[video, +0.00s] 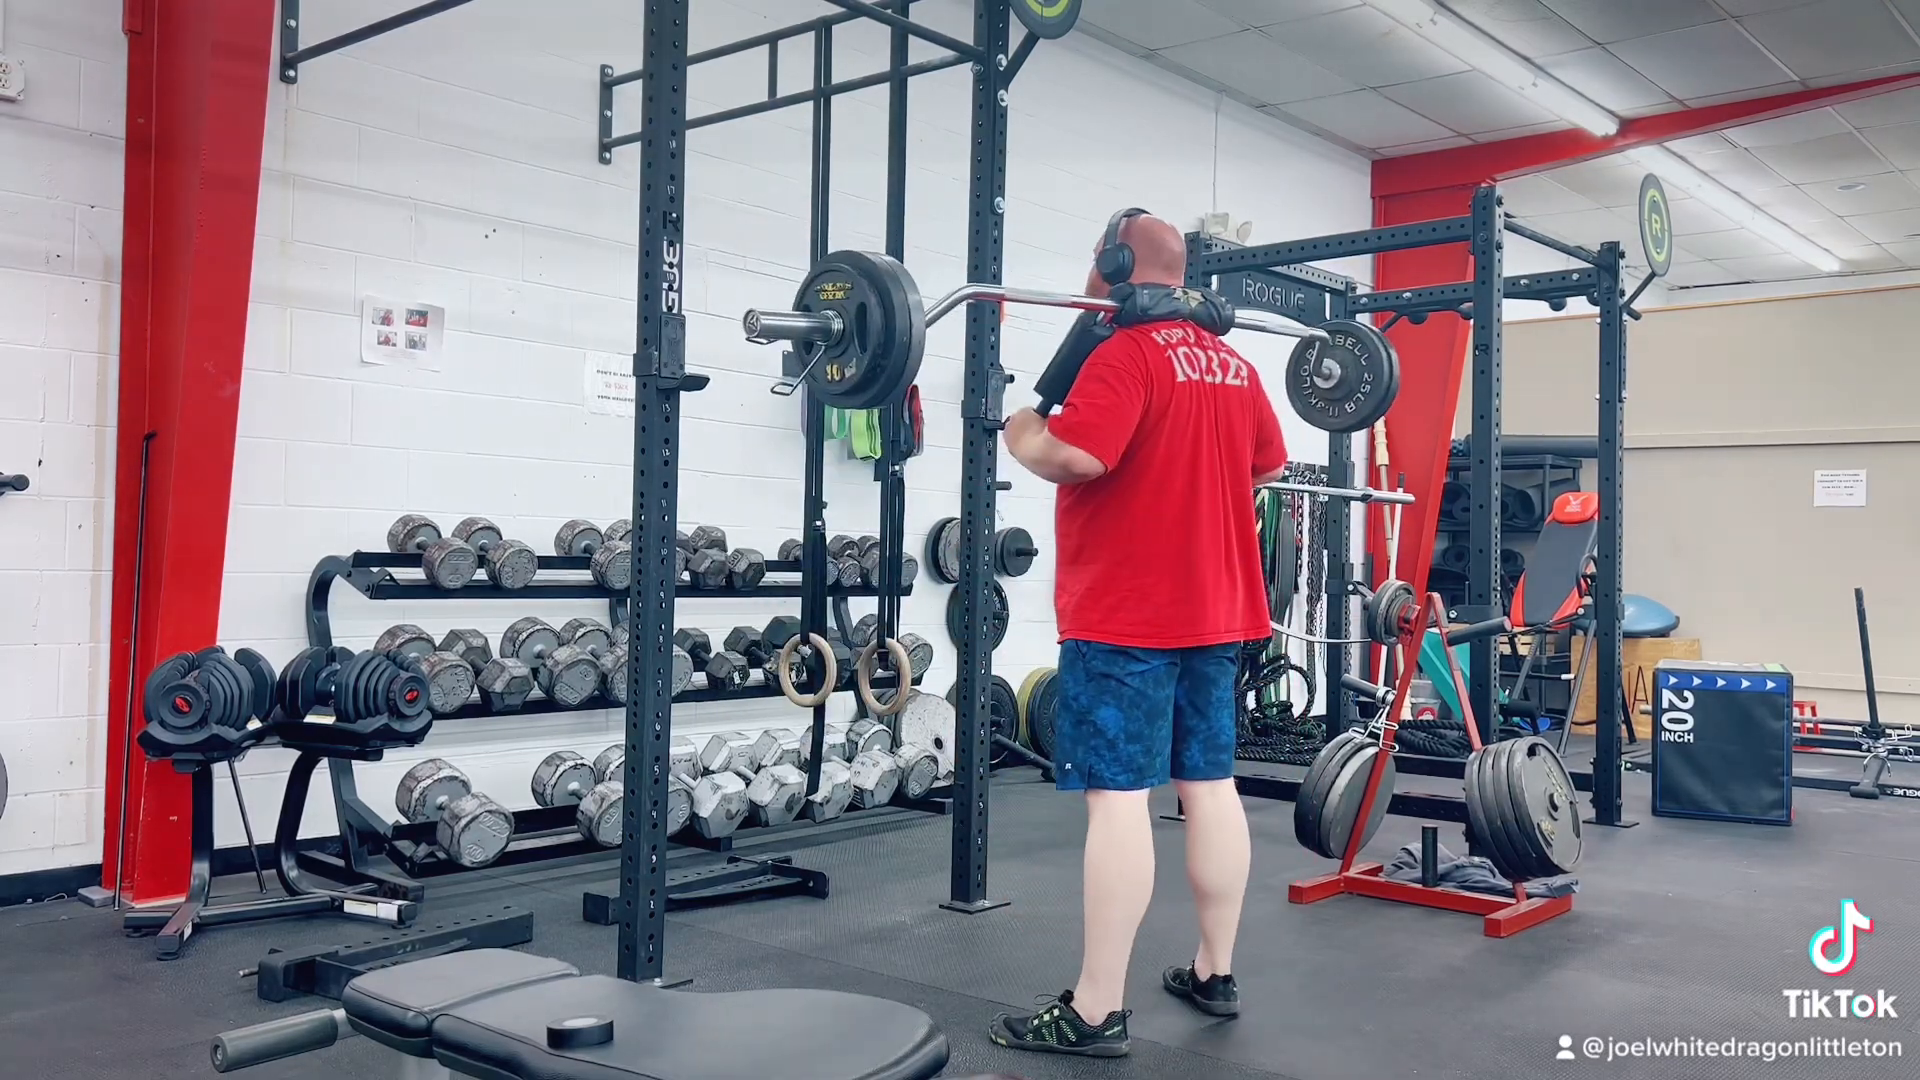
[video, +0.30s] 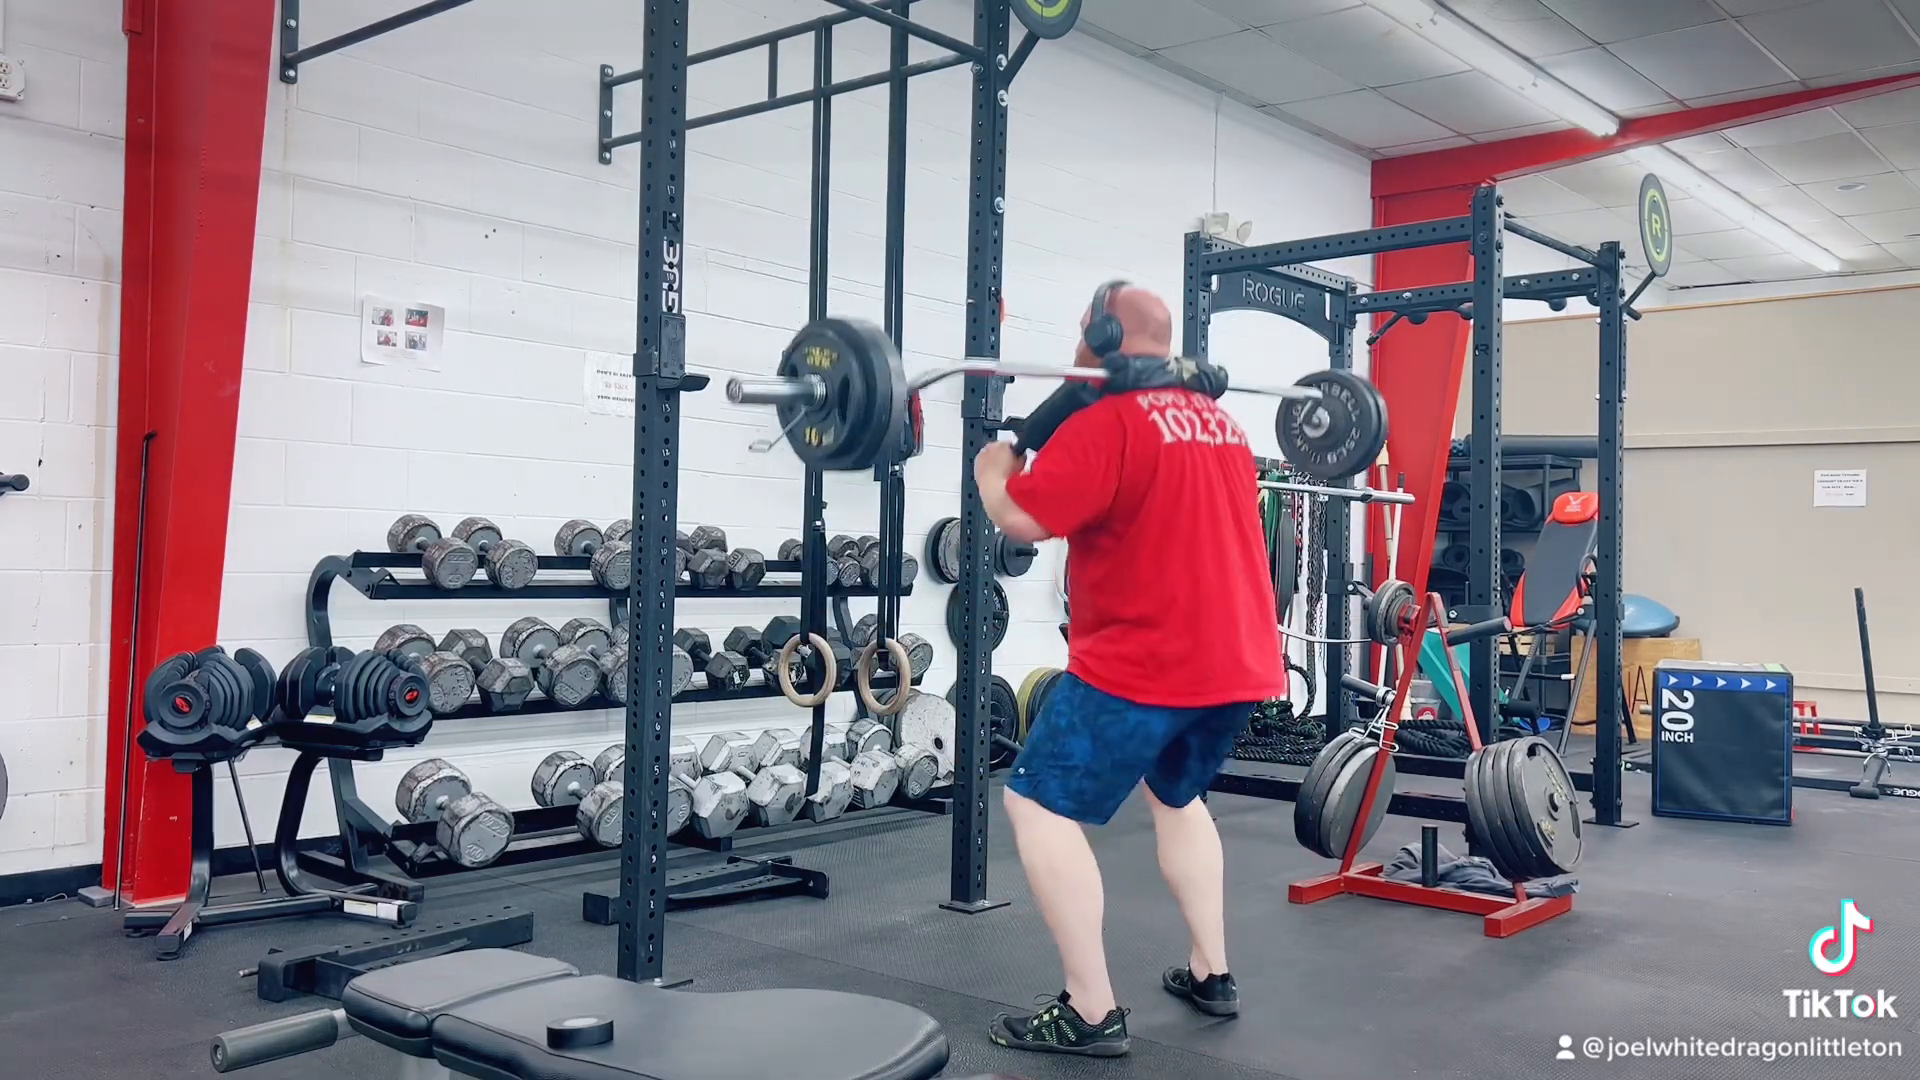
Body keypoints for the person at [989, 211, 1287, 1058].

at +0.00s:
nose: (1089, 288)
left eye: (1093, 277)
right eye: (1093, 275)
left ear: (1111, 282)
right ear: (1179, 280)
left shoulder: (1125, 350)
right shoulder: (1233, 359)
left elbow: (1081, 455)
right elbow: (1267, 463)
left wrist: (1024, 432)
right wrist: (1187, 469)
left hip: (1126, 608)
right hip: (1218, 605)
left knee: (1118, 797)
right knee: (1211, 784)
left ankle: (1095, 1009)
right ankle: (1216, 975)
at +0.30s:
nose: (1080, 349)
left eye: (1083, 338)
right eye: (1083, 337)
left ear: (1098, 347)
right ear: (1168, 344)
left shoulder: (1111, 422)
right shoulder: (1220, 421)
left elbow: (1018, 516)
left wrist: (992, 464)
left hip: (1139, 662)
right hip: (1238, 657)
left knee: (1037, 799)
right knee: (1177, 792)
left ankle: (1091, 1007)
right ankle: (1211, 971)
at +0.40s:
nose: (1067, 424)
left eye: (1071, 413)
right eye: (1070, 413)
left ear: (1086, 422)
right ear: (1157, 422)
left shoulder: (1103, 493)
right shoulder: (1210, 485)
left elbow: (1006, 585)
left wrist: (983, 530)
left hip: (1161, 718)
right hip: (1263, 717)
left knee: (1013, 806)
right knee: (1172, 803)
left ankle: (1089, 1008)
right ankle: (1211, 974)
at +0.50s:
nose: (1067, 509)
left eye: (1069, 499)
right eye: (1073, 499)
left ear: (1080, 504)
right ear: (1153, 500)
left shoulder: (1097, 572)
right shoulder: (1201, 557)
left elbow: (992, 659)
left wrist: (972, 592)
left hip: (1186, 785)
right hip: (1277, 783)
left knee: (999, 810)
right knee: (1158, 797)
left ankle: (1089, 1010)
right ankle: (1210, 973)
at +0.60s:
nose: (1063, 576)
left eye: (1064, 566)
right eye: (1066, 566)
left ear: (1075, 573)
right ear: (1149, 566)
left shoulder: (1095, 638)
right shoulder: (1199, 619)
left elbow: (987, 720)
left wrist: (972, 650)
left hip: (1203, 858)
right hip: (1282, 853)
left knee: (999, 811)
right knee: (1159, 782)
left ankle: (1088, 1010)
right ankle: (1209, 974)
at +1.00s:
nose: (1064, 477)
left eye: (1064, 468)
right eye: (1066, 468)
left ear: (1079, 470)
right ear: (1149, 462)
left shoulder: (1108, 530)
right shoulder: (1212, 517)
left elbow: (1013, 626)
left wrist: (980, 570)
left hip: (1194, 732)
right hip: (1291, 731)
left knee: (1024, 800)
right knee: (1194, 806)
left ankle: (1089, 1008)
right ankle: (1214, 974)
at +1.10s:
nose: (1070, 415)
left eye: (1071, 403)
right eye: (1071, 404)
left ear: (1090, 402)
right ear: (1160, 394)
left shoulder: (1116, 454)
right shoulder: (1224, 456)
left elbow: (1035, 557)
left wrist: (1000, 516)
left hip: (1179, 666)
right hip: (1275, 668)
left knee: (1042, 794)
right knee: (1189, 789)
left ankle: (1091, 1009)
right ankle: (1214, 974)